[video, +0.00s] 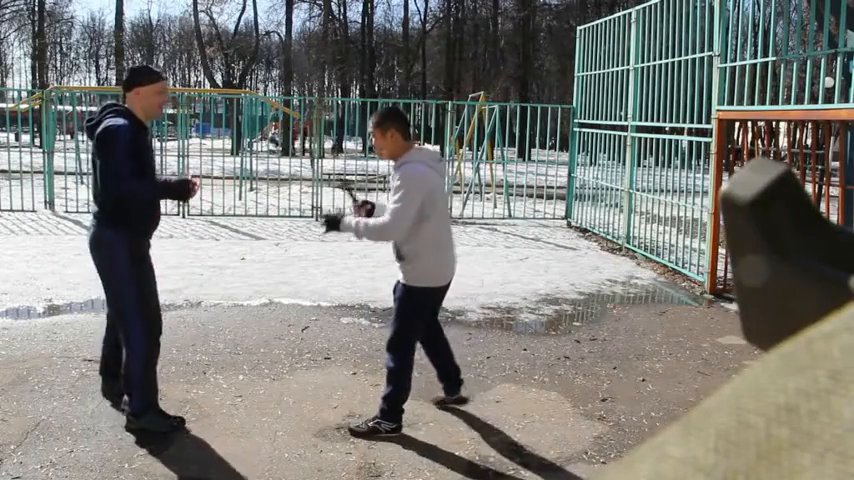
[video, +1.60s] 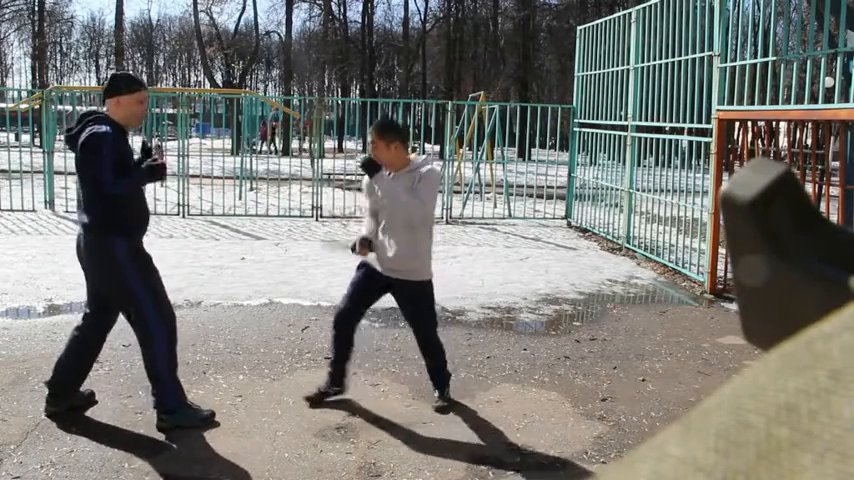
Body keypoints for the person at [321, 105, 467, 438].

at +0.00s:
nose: (374, 144)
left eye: (376, 137)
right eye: (373, 137)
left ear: (394, 135)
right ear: (398, 135)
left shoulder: (411, 173)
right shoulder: (423, 163)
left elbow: (392, 228)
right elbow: (412, 213)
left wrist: (346, 224)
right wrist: (376, 210)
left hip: (421, 276)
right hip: (436, 271)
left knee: (399, 346)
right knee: (428, 329)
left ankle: (389, 418)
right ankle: (453, 388)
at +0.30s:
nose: (385, 143)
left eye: (388, 136)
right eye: (384, 137)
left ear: (407, 135)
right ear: (407, 136)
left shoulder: (422, 172)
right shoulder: (422, 163)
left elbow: (428, 228)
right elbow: (413, 215)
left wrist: (387, 231)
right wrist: (376, 210)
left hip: (427, 274)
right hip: (438, 269)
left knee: (400, 342)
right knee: (437, 332)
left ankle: (392, 415)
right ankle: (452, 393)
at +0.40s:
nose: (389, 140)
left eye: (392, 133)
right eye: (388, 134)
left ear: (412, 132)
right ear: (409, 133)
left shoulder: (432, 167)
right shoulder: (415, 162)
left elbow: (442, 221)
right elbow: (411, 206)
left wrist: (396, 213)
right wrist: (376, 202)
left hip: (430, 269)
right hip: (426, 265)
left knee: (405, 339)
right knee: (435, 327)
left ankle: (422, 406)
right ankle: (451, 391)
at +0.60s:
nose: (394, 142)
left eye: (397, 135)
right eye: (393, 136)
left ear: (418, 133)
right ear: (413, 135)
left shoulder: (445, 167)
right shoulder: (412, 166)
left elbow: (427, 212)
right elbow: (403, 211)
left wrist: (393, 180)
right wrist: (371, 221)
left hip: (433, 271)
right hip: (408, 266)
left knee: (425, 338)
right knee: (396, 327)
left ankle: (442, 404)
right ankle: (437, 384)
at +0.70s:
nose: (391, 143)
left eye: (395, 136)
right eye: (390, 137)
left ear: (415, 135)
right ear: (407, 137)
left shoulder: (445, 168)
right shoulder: (402, 167)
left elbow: (425, 214)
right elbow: (404, 215)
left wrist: (383, 186)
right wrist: (375, 221)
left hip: (432, 272)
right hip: (403, 265)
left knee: (428, 343)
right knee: (377, 319)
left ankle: (443, 404)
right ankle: (411, 376)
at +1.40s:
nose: (376, 145)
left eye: (380, 139)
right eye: (375, 138)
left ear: (401, 140)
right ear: (393, 141)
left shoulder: (432, 170)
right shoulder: (382, 171)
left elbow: (427, 218)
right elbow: (377, 213)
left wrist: (375, 210)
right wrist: (344, 209)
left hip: (422, 270)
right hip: (387, 264)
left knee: (431, 334)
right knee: (363, 320)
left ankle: (442, 390)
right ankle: (365, 384)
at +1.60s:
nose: (372, 153)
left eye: (376, 147)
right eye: (372, 147)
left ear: (395, 146)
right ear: (382, 148)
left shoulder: (428, 173)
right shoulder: (376, 177)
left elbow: (419, 214)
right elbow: (372, 217)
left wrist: (379, 178)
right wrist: (365, 239)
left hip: (413, 273)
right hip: (376, 267)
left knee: (427, 336)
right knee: (344, 318)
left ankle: (442, 389)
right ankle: (335, 383)